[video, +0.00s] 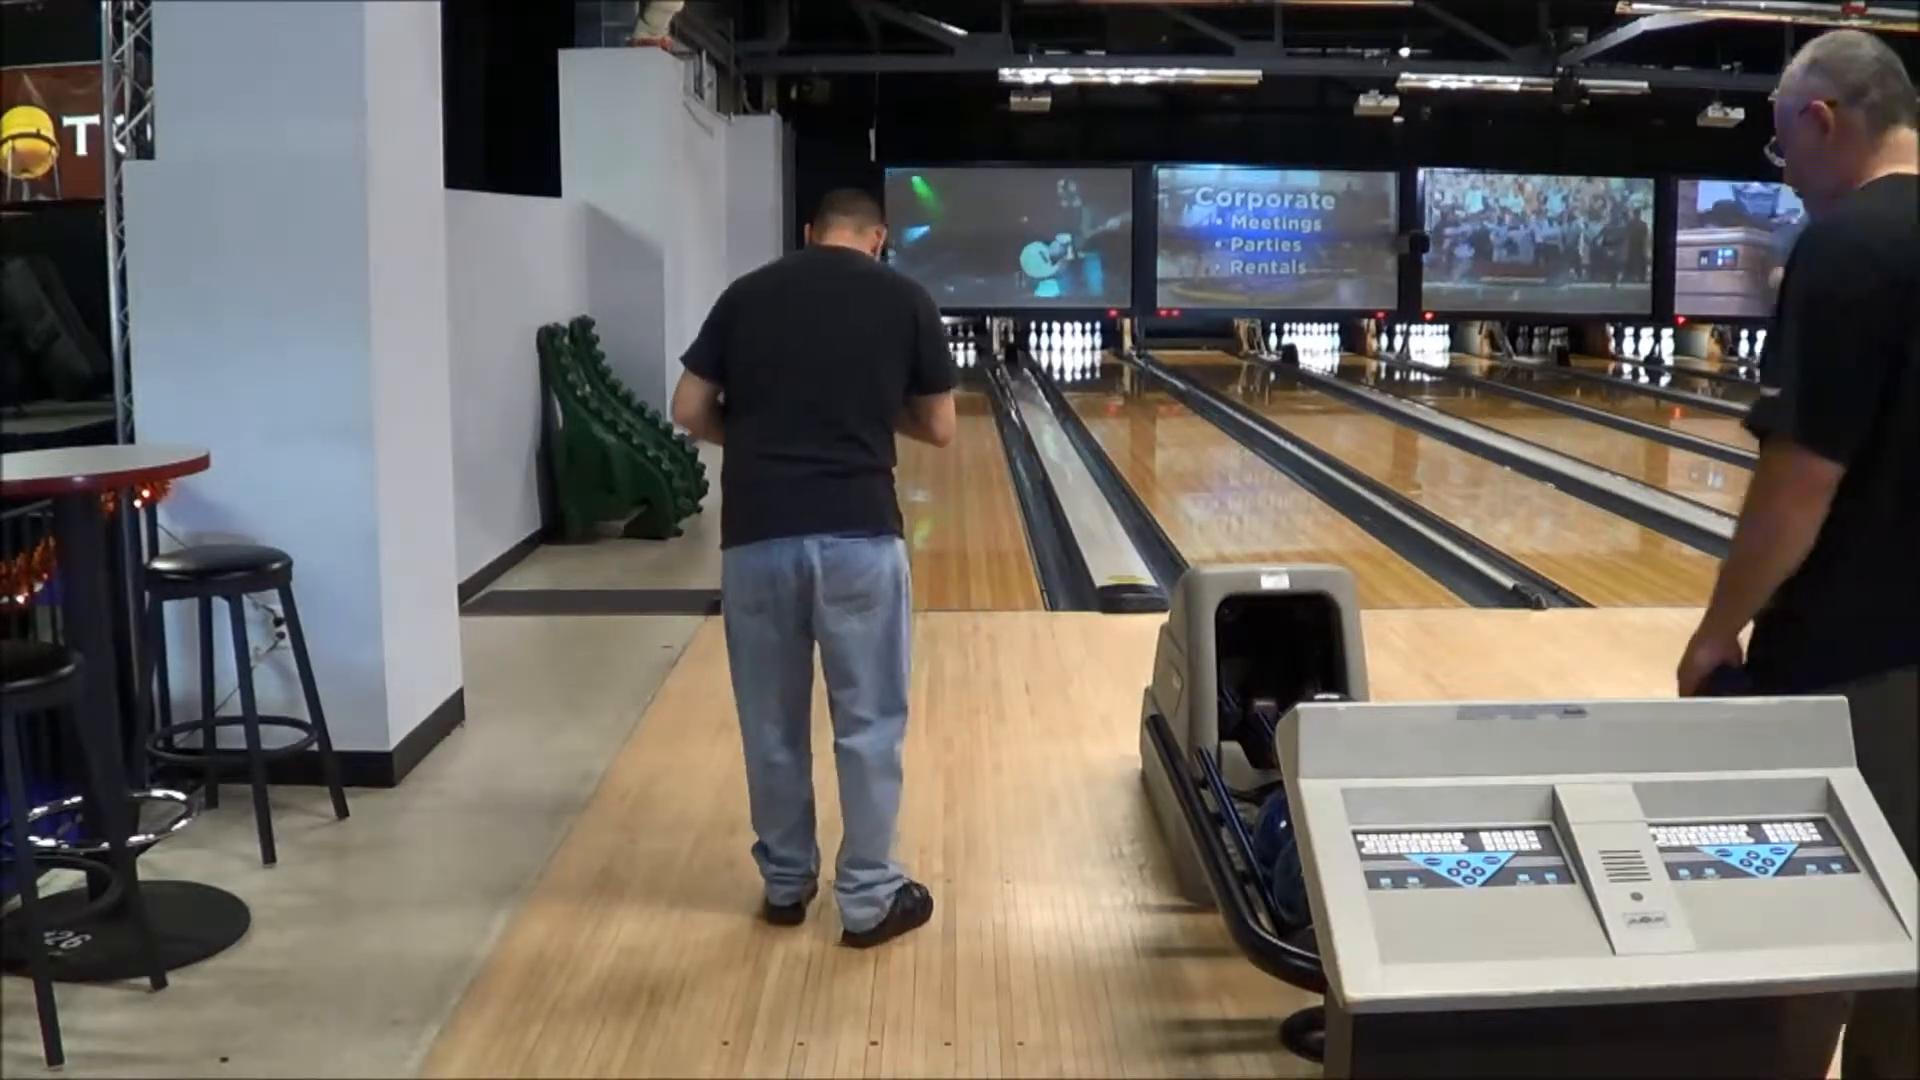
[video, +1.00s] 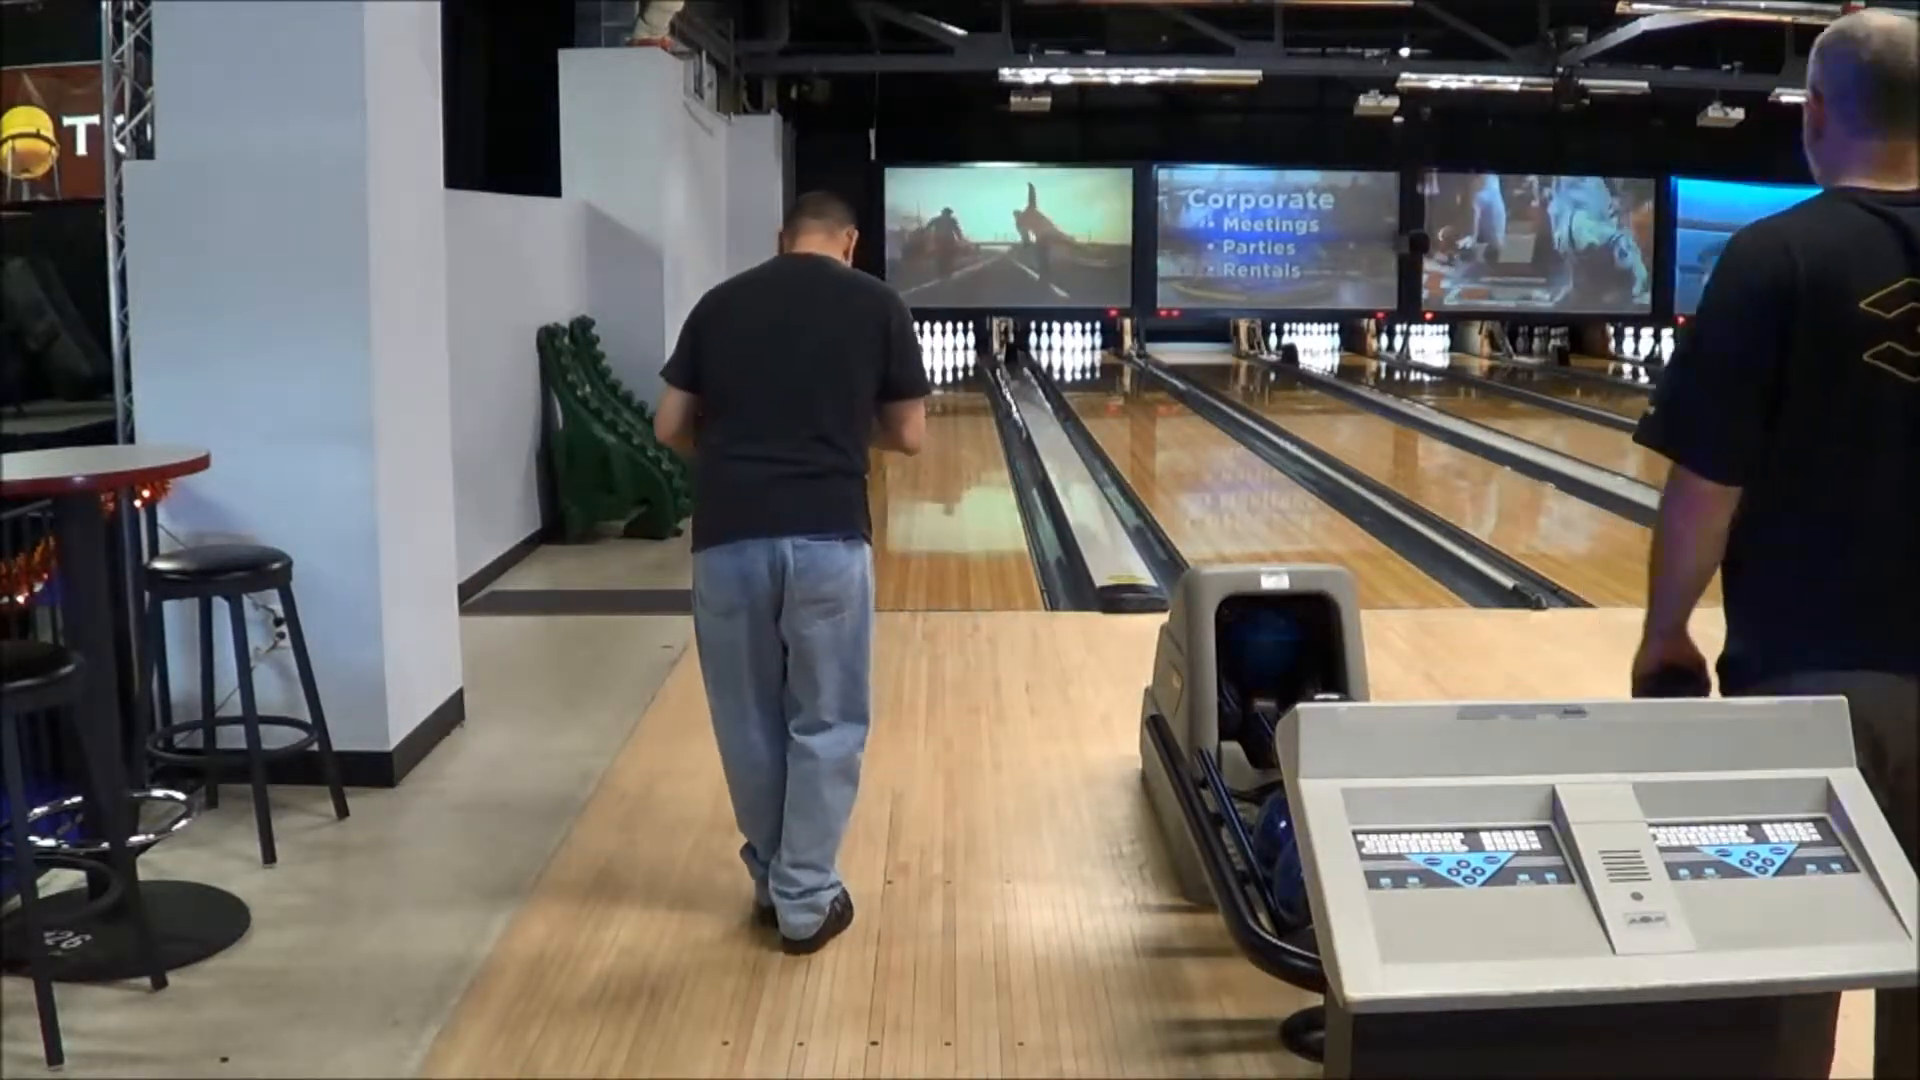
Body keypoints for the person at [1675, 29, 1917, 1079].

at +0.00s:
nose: (1777, 155)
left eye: (1782, 130)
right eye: (1776, 133)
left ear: (1824, 120)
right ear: (1891, 114)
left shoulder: (1853, 241)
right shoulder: (1907, 220)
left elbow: (1803, 469)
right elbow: (1815, 463)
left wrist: (1720, 623)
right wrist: (1745, 620)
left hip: (1852, 654)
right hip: (1913, 642)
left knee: (1816, 925)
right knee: (1899, 926)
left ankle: (1789, 1065)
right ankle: (1881, 1064)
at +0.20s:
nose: (1753, 141)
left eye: (1755, 120)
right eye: (1754, 122)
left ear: (1781, 118)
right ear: (1882, 118)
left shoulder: (1782, 246)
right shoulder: (1912, 218)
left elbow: (1720, 481)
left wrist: (1656, 643)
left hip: (1814, 654)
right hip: (1914, 643)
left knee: (1790, 943)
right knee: (1902, 939)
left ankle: (1779, 1070)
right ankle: (1881, 1067)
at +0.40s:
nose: (1740, 135)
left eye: (1742, 121)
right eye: (1739, 123)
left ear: (1755, 125)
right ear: (1873, 122)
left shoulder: (1728, 255)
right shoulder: (1915, 223)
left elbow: (1656, 482)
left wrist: (1597, 644)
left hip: (1780, 666)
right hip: (1910, 661)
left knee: (1781, 953)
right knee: (1898, 952)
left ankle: (1789, 1069)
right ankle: (1871, 1066)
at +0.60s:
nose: (1739, 126)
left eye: (1741, 114)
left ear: (1751, 122)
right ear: (1877, 122)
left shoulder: (1709, 255)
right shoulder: (1918, 230)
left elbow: (1634, 474)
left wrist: (1583, 624)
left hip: (1770, 662)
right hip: (1915, 660)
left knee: (1779, 953)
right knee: (1914, 953)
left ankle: (1791, 1072)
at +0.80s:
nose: (1760, 121)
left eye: (1762, 107)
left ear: (1770, 117)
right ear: (1895, 120)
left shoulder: (1728, 258)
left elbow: (1654, 477)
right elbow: (1656, 474)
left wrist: (1612, 619)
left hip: (1778, 663)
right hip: (1914, 663)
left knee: (1778, 961)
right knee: (1916, 955)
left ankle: (1783, 1074)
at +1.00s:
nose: (1799, 115)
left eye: (1803, 102)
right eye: (1809, 100)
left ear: (1819, 115)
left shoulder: (1778, 258)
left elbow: (1706, 479)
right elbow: (1709, 478)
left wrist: (1664, 628)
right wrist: (1672, 627)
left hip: (1810, 669)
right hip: (1913, 670)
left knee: (1790, 961)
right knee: (1913, 960)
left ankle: (1785, 1074)